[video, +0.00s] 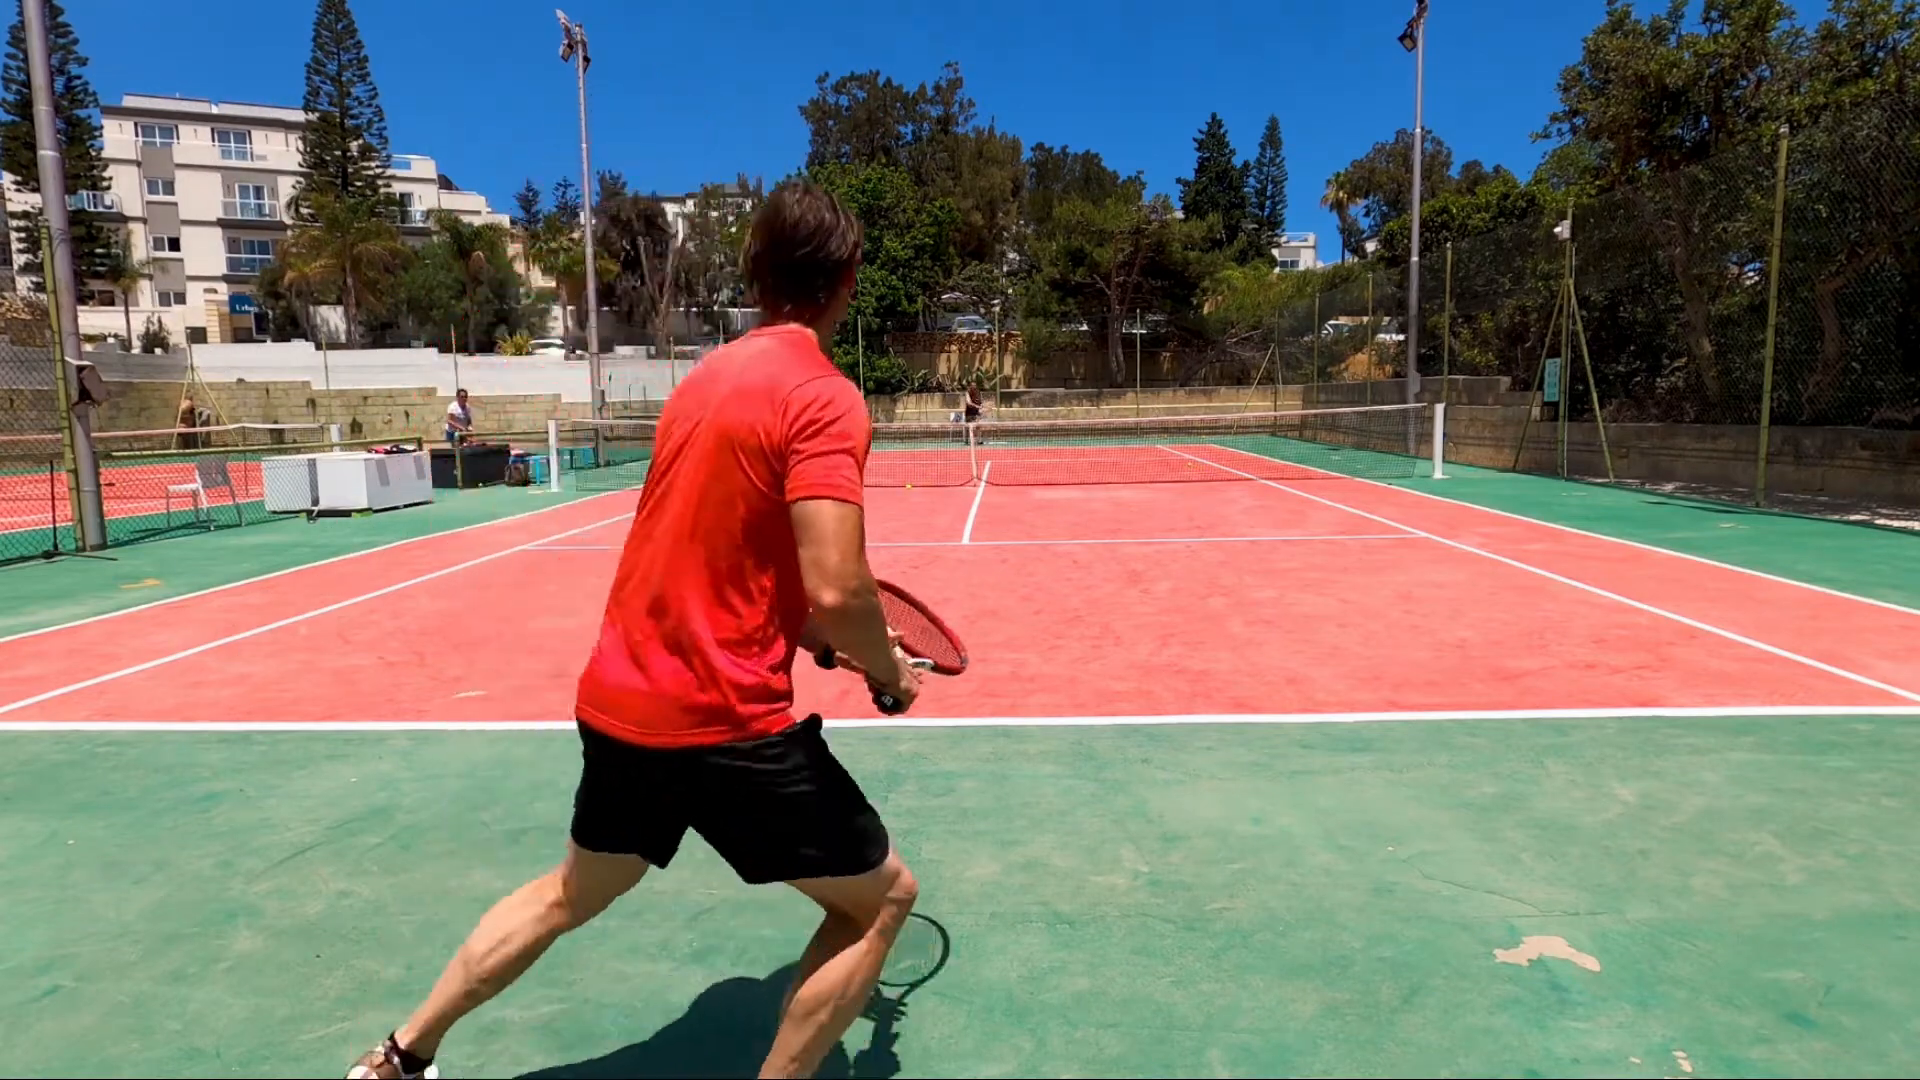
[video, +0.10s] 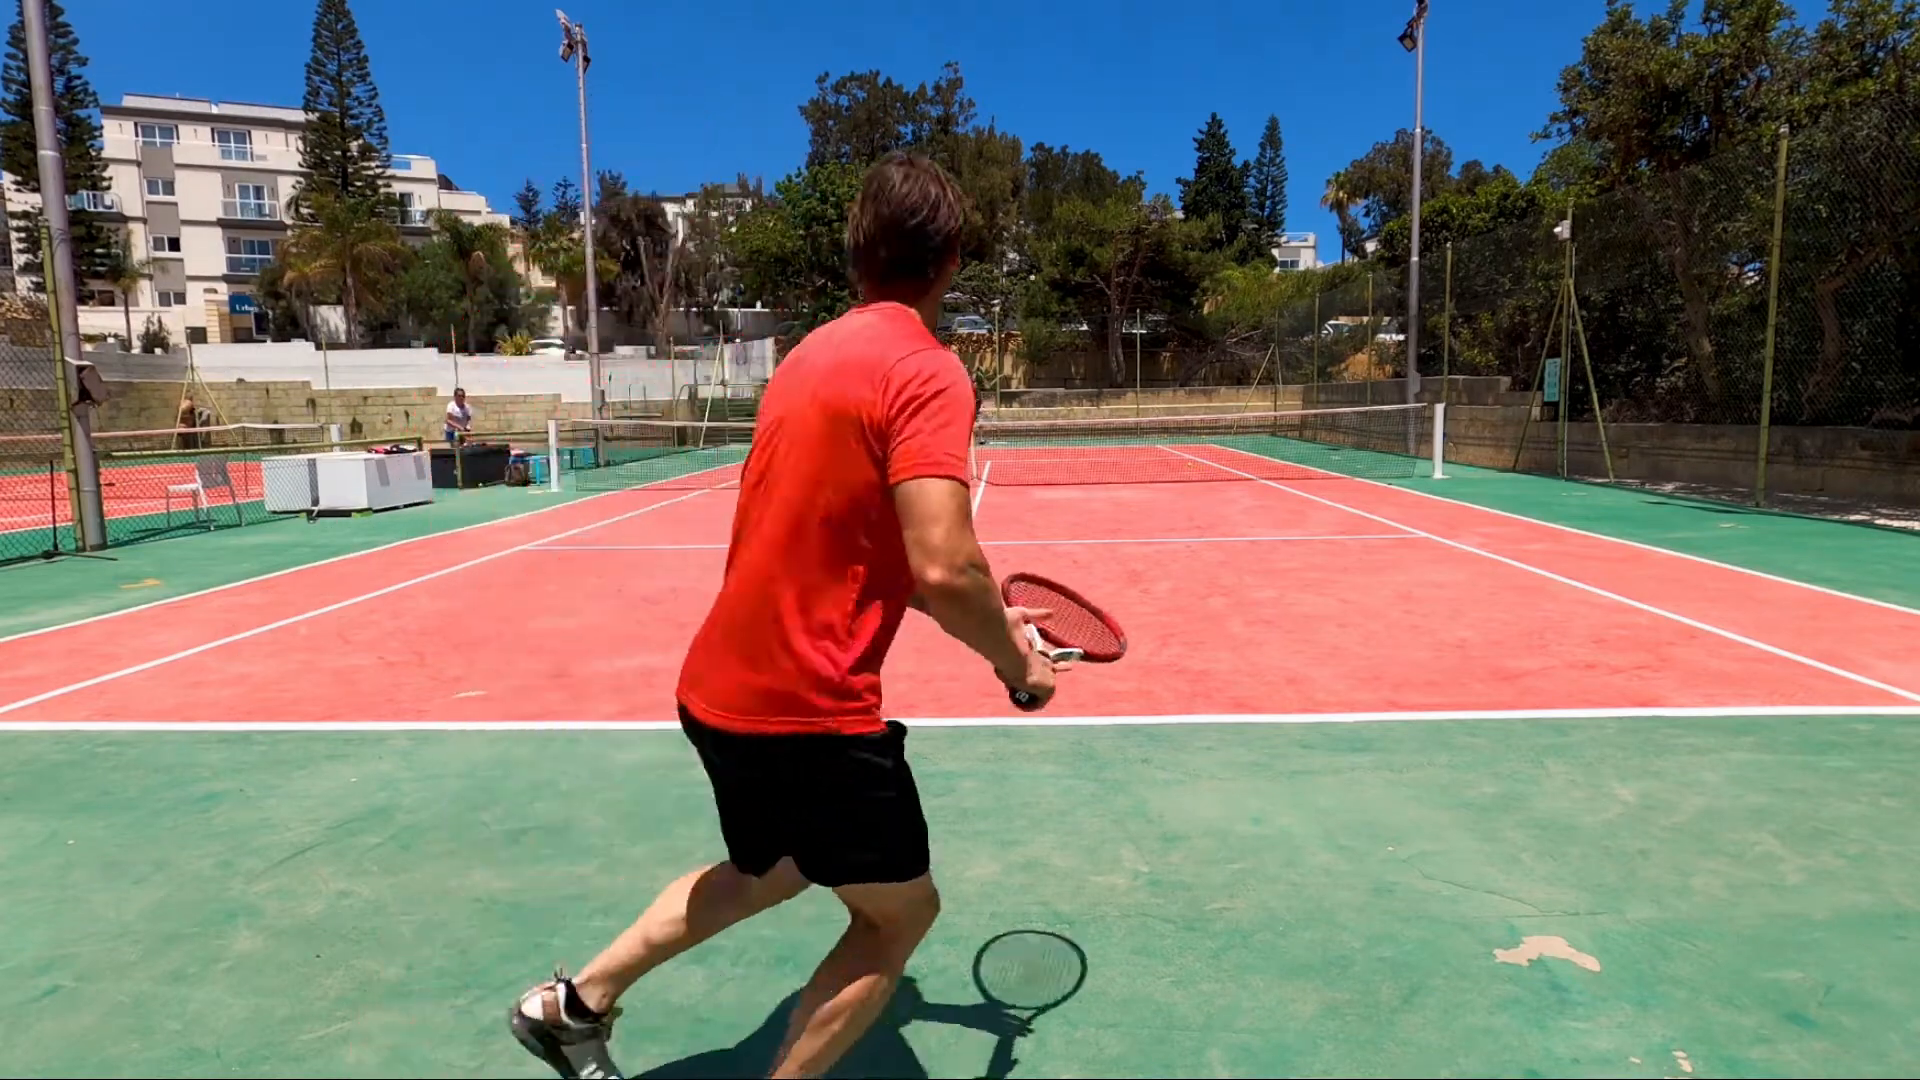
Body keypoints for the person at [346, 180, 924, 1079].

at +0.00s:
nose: (858, 286)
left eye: (853, 271)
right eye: (855, 272)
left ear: (758, 277)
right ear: (843, 282)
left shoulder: (705, 377)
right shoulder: (823, 398)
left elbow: (707, 541)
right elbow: (835, 590)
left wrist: (808, 622)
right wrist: (886, 669)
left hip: (618, 701)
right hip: (725, 720)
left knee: (582, 881)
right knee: (876, 900)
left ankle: (402, 1053)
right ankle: (782, 1074)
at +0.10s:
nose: (959, 267)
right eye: (959, 251)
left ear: (859, 250)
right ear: (951, 263)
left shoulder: (809, 355)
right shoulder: (925, 370)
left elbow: (810, 524)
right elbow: (943, 571)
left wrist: (953, 572)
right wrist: (1016, 661)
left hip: (723, 690)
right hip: (814, 708)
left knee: (776, 866)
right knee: (898, 915)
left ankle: (581, 1001)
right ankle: (785, 1073)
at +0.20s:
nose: (1060, 234)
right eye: (1058, 220)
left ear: (956, 222)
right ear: (1048, 229)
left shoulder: (920, 322)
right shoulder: (1025, 326)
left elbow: (1009, 507)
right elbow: (1046, 504)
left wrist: (1138, 561)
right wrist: (1158, 596)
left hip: (829, 662)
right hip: (914, 678)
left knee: (939, 866)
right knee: (963, 924)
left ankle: (899, 1026)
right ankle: (815, 1067)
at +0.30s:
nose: (1175, 244)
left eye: (1170, 225)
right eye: (1175, 225)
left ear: (1071, 231)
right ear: (1163, 238)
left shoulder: (1053, 323)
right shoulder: (1119, 320)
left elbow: (1140, 480)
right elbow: (1119, 459)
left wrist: (1287, 481)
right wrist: (1308, 513)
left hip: (967, 677)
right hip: (1023, 689)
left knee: (1112, 878)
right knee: (1174, 928)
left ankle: (1129, 1030)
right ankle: (989, 1075)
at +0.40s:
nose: (1308, 291)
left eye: (1305, 275)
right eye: (1308, 275)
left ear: (1200, 273)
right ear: (1294, 288)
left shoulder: (1187, 373)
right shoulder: (1224, 361)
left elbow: (1372, 490)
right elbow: (1189, 444)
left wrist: (1517, 444)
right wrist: (1432, 404)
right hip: (1121, 745)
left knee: (1236, 842)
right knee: (1392, 925)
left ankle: (1145, 1035)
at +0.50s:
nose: (1479, 325)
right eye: (1476, 309)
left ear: (1356, 296)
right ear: (1461, 316)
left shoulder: (1399, 441)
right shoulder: (1367, 391)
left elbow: (1550, 501)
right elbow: (1309, 455)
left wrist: (1734, 490)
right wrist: (1567, 368)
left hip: (1189, 758)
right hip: (1247, 780)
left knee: (1286, 877)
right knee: (1548, 986)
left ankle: (1148, 1038)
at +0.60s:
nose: (1682, 361)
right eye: (1684, 341)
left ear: (1552, 316)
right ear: (1669, 350)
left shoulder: (1503, 424)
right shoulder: (1594, 430)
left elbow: (1579, 552)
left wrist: (1728, 594)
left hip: (1305, 804)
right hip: (1422, 851)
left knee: (1336, 921)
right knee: (1762, 1055)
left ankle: (1157, 1037)